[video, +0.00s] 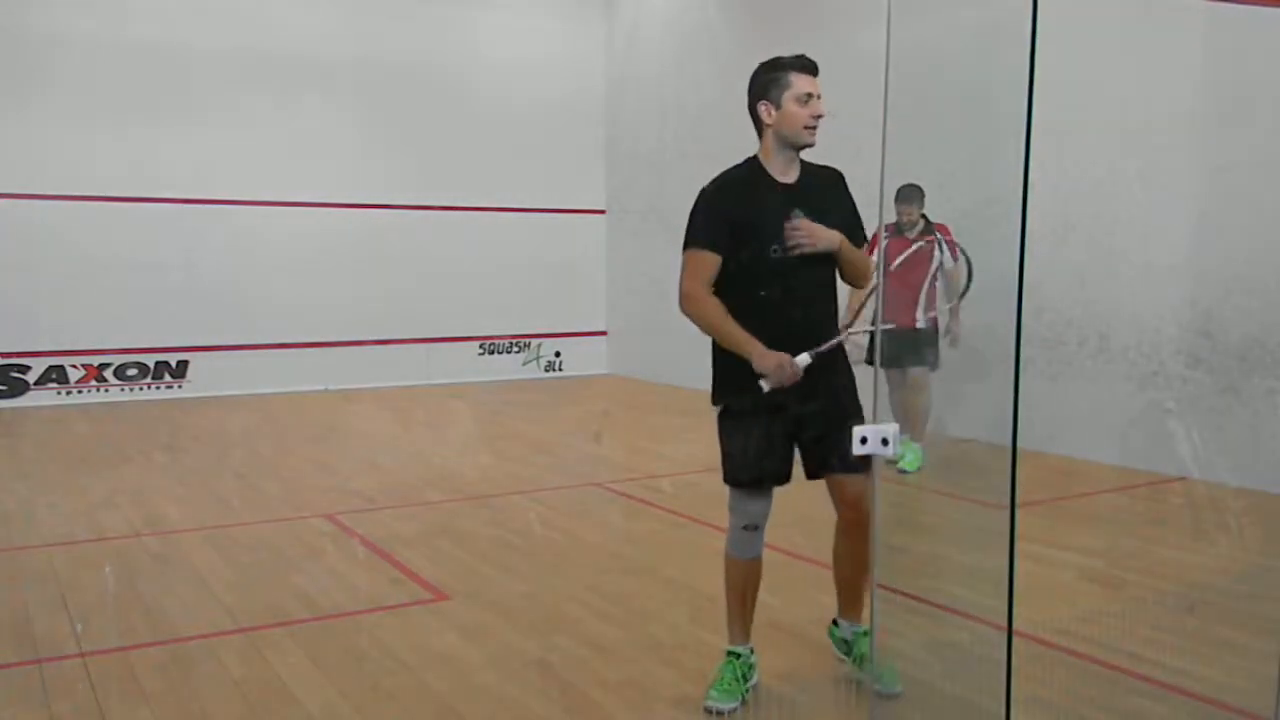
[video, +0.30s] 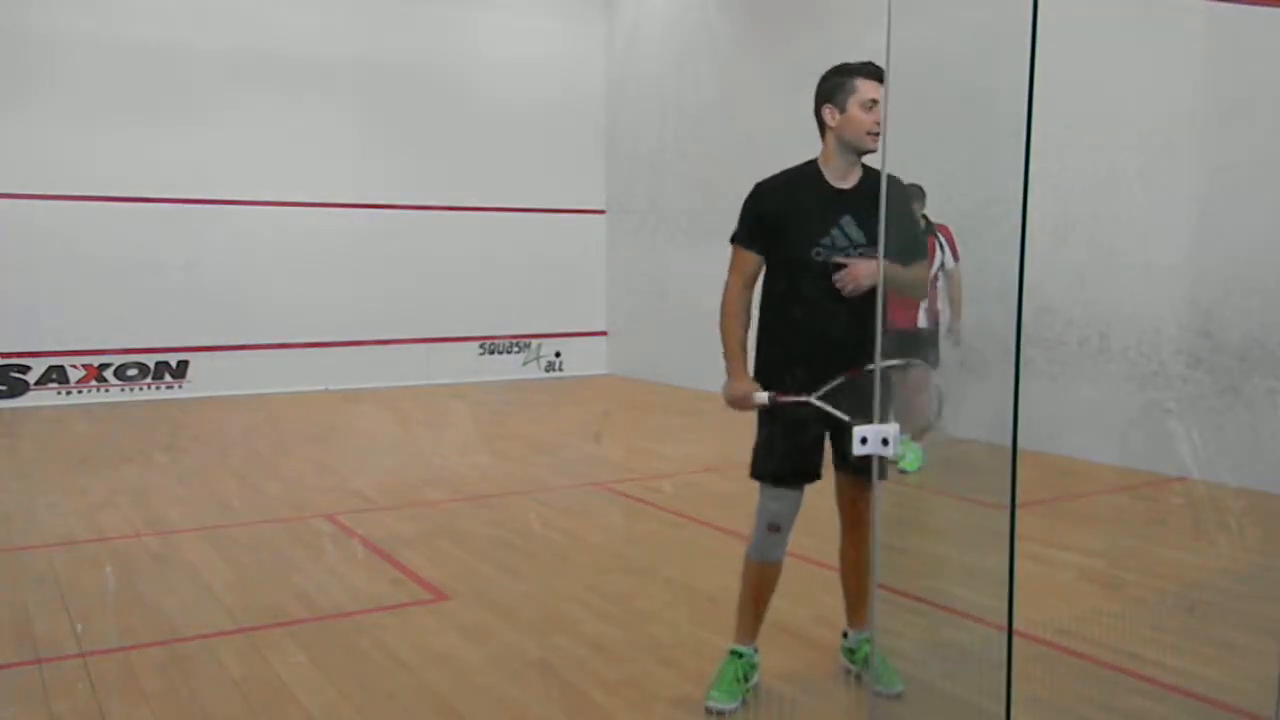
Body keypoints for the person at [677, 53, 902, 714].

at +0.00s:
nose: (819, 110)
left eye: (820, 100)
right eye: (806, 100)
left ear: (806, 113)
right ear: (766, 111)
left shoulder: (829, 186)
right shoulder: (723, 196)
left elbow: (865, 276)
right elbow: (693, 295)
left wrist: (836, 243)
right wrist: (756, 352)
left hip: (824, 370)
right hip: (749, 380)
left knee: (856, 500)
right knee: (748, 518)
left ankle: (851, 629)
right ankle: (739, 653)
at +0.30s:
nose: (879, 119)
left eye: (882, 108)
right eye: (868, 107)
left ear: (877, 119)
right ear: (829, 115)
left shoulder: (895, 199)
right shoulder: (776, 194)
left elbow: (921, 284)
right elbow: (738, 287)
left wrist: (881, 271)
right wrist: (738, 372)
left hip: (864, 381)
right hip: (790, 382)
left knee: (859, 512)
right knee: (774, 520)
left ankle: (859, 644)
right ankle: (742, 654)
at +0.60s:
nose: (902, 127)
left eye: (912, 117)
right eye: (891, 115)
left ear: (923, 124)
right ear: (864, 120)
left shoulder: (940, 202)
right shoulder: (820, 191)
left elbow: (951, 299)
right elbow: (787, 274)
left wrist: (892, 344)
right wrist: (768, 346)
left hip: (891, 382)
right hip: (817, 374)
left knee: (874, 513)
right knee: (798, 505)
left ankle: (858, 639)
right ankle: (793, 629)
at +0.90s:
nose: (843, 132)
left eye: (853, 121)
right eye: (843, 121)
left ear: (892, 124)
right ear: (866, 127)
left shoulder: (944, 198)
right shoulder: (845, 197)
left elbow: (960, 297)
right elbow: (827, 279)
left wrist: (940, 377)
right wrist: (795, 347)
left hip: (904, 375)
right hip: (845, 371)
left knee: (882, 498)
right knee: (851, 491)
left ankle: (858, 637)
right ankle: (919, 575)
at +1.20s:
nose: (837, 150)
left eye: (840, 138)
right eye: (836, 139)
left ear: (868, 136)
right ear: (870, 136)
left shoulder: (931, 194)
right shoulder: (873, 212)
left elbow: (966, 274)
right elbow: (869, 298)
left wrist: (886, 310)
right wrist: (840, 352)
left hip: (917, 368)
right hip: (885, 368)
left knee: (885, 489)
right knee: (914, 484)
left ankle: (876, 634)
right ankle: (954, 604)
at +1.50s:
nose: (845, 155)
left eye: (847, 145)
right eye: (844, 145)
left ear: (870, 140)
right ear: (884, 138)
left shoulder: (898, 192)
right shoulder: (922, 187)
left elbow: (838, 230)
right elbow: (919, 291)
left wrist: (829, 176)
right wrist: (873, 352)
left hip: (896, 368)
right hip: (915, 363)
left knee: (872, 484)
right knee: (919, 479)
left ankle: (876, 631)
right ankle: (956, 607)